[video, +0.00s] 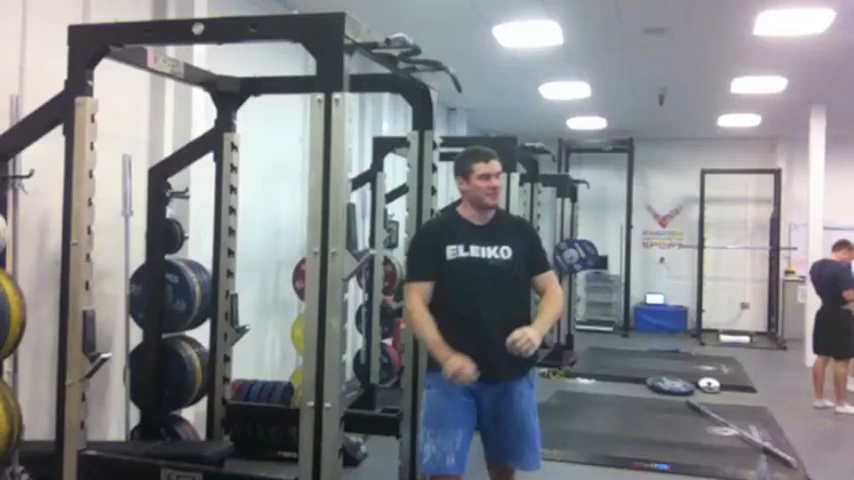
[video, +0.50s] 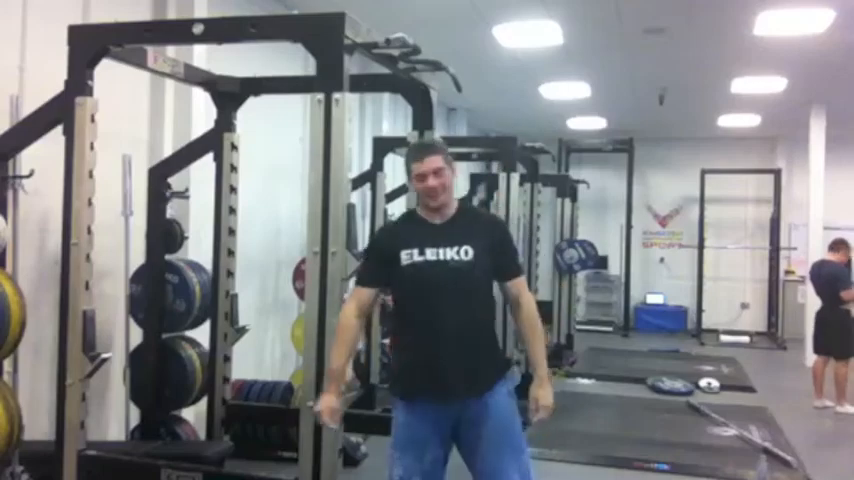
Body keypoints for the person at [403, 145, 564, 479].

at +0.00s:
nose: (494, 183)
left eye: (498, 176)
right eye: (484, 177)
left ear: (504, 179)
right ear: (462, 184)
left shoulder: (520, 231)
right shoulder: (433, 233)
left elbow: (554, 292)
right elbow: (414, 303)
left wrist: (537, 329)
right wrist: (447, 357)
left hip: (511, 378)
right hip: (451, 377)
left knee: (505, 470)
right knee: (443, 472)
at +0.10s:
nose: (486, 186)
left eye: (491, 178)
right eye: (477, 179)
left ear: (497, 182)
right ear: (454, 186)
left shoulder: (516, 235)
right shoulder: (426, 239)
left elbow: (547, 295)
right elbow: (410, 311)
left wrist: (537, 342)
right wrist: (434, 373)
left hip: (509, 385)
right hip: (446, 386)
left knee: (511, 472)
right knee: (438, 473)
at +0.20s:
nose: (474, 183)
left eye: (478, 175)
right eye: (463, 176)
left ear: (483, 180)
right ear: (439, 183)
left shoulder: (504, 233)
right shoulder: (415, 240)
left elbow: (530, 299)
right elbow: (402, 319)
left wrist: (540, 365)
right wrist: (404, 397)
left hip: (501, 385)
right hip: (436, 387)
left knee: (519, 472)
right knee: (434, 473)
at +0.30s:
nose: (461, 179)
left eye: (465, 171)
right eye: (449, 172)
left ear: (471, 176)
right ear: (429, 179)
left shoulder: (496, 229)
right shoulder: (402, 239)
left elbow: (524, 300)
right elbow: (385, 315)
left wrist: (543, 374)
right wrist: (376, 396)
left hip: (496, 388)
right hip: (428, 391)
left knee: (517, 474)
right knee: (422, 473)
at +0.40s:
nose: (446, 180)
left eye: (451, 170)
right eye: (434, 173)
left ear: (460, 173)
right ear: (418, 181)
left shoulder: (491, 229)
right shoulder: (395, 239)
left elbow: (524, 298)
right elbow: (365, 309)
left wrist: (545, 374)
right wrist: (351, 388)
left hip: (491, 389)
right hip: (423, 393)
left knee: (519, 475)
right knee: (413, 475)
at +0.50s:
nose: (432, 184)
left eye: (439, 173)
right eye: (422, 177)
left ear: (453, 173)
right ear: (411, 183)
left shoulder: (488, 230)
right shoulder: (391, 239)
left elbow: (521, 299)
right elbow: (356, 309)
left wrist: (541, 376)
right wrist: (332, 386)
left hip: (486, 392)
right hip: (418, 396)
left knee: (511, 475)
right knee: (410, 474)